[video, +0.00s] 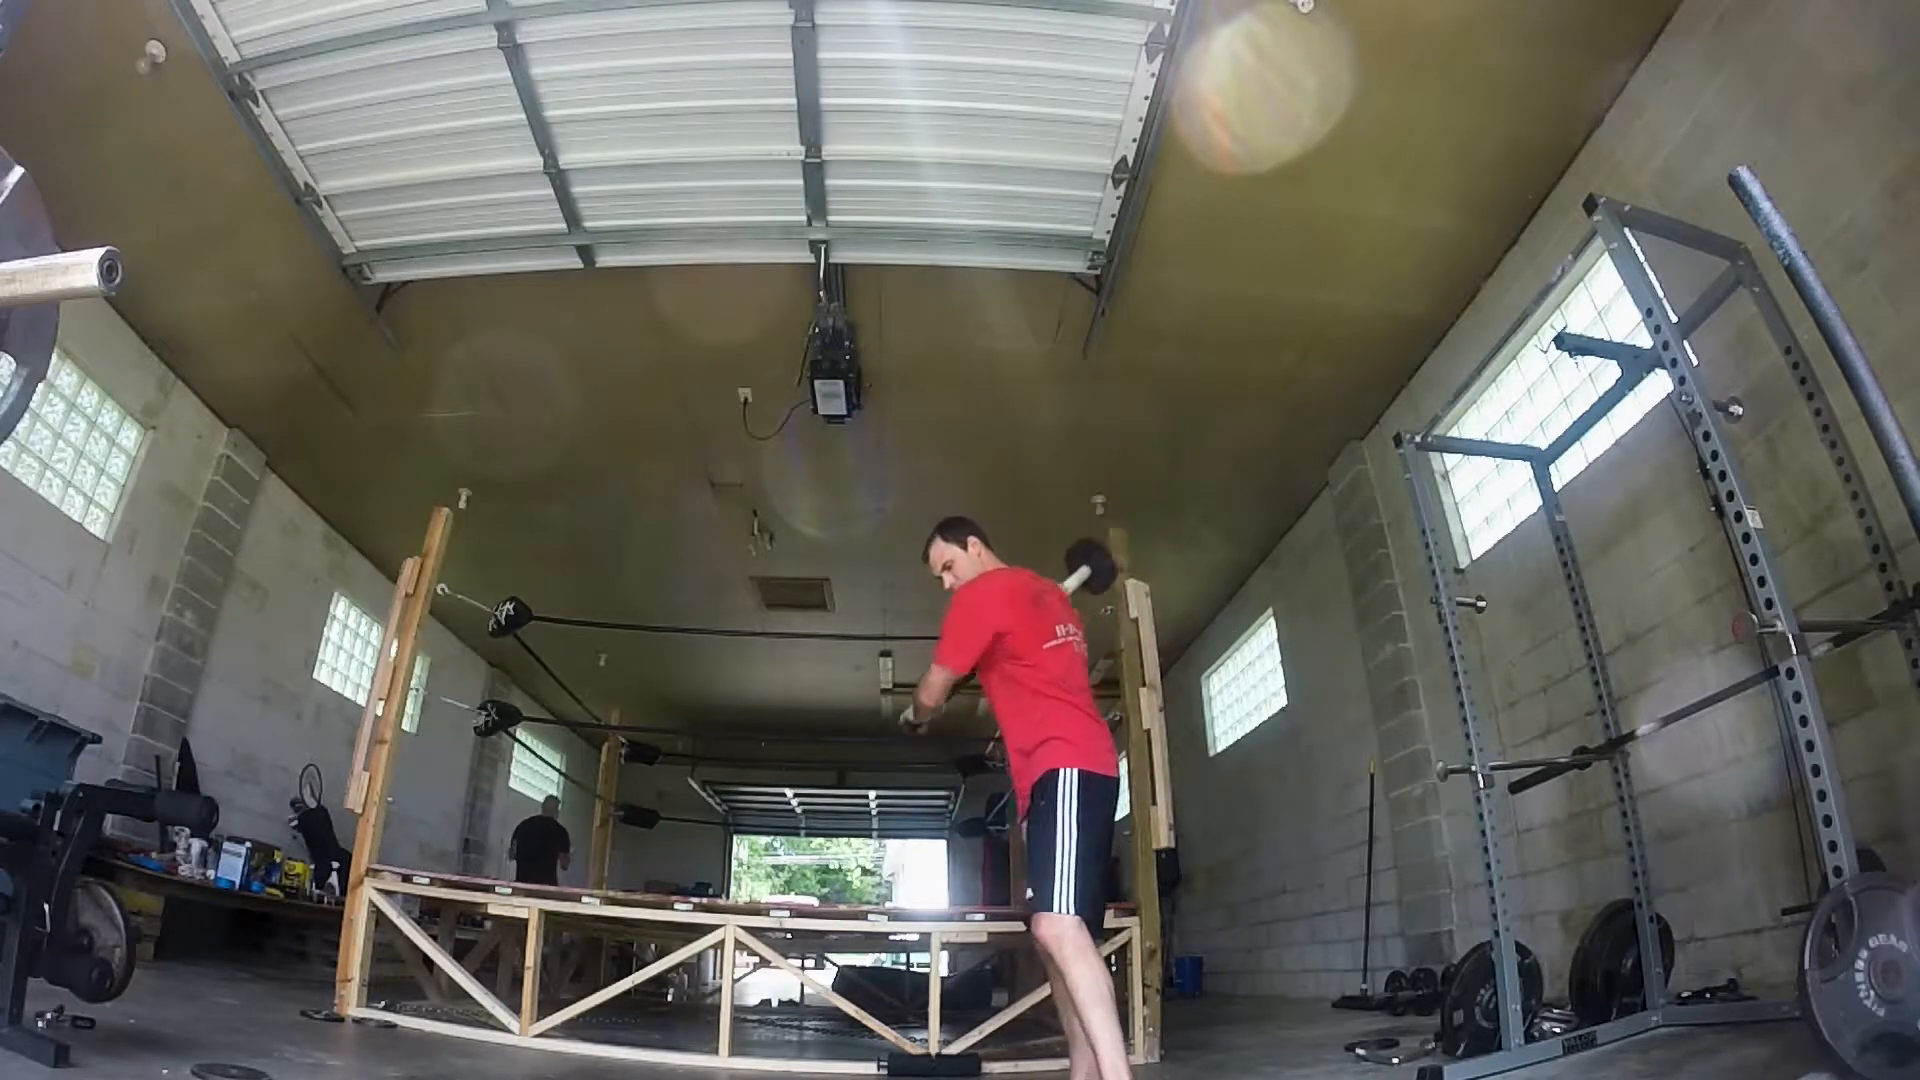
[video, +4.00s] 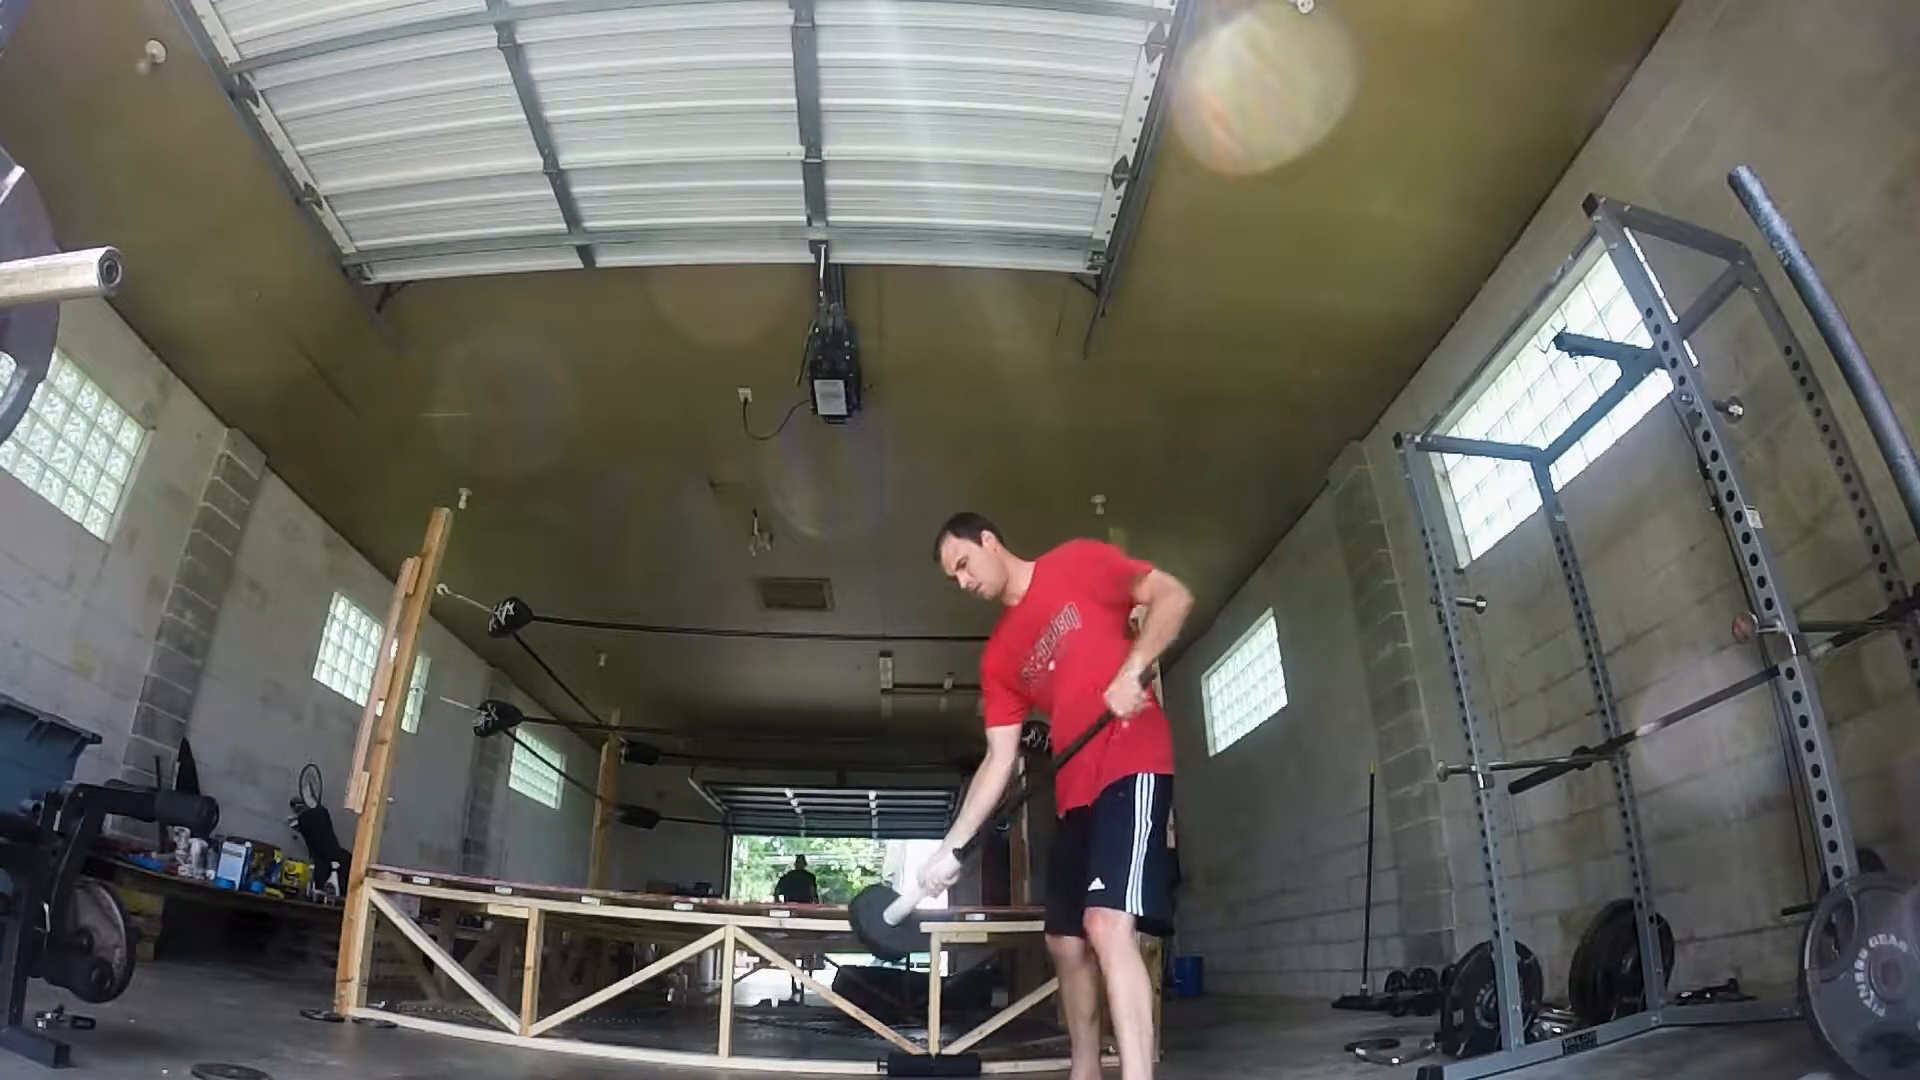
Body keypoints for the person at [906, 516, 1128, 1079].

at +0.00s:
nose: (946, 583)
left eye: (947, 567)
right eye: (939, 575)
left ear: (974, 545)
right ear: (980, 549)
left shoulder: (984, 592)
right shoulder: (1051, 593)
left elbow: (930, 693)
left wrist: (918, 718)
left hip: (1066, 765)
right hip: (1078, 765)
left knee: (1058, 924)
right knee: (1052, 929)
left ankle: (1116, 1073)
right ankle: (1084, 1072)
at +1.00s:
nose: (975, 549)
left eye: (977, 532)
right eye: (965, 545)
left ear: (1007, 518)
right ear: (965, 556)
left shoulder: (1099, 562)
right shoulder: (983, 619)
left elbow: (1176, 612)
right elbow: (1005, 663)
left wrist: (1215, 578)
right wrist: (1029, 687)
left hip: (1121, 756)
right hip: (1057, 780)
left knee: (1111, 921)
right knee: (1048, 939)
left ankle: (1135, 1074)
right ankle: (1082, 1071)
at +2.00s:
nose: (956, 584)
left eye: (953, 569)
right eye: (950, 574)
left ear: (977, 546)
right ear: (998, 542)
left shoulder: (978, 604)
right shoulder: (1082, 583)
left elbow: (941, 701)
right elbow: (1111, 661)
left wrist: (934, 732)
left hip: (1056, 784)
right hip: (1112, 785)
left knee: (1044, 940)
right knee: (1086, 942)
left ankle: (1116, 1074)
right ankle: (1086, 1071)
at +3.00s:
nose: (951, 591)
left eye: (948, 578)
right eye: (947, 582)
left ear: (965, 559)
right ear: (995, 553)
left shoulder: (960, 614)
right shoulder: (1066, 581)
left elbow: (969, 665)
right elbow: (1112, 556)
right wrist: (1100, 481)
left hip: (1049, 778)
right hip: (1100, 773)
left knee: (1050, 934)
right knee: (1072, 936)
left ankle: (1117, 1075)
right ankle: (1083, 1072)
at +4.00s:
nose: (963, 581)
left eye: (963, 563)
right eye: (954, 576)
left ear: (990, 540)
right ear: (960, 578)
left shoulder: (1075, 562)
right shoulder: (1000, 653)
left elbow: (1174, 596)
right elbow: (999, 758)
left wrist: (1132, 668)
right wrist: (951, 848)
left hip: (1133, 764)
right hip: (1078, 791)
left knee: (1108, 924)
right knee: (1065, 939)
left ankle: (1138, 1075)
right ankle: (1087, 1073)